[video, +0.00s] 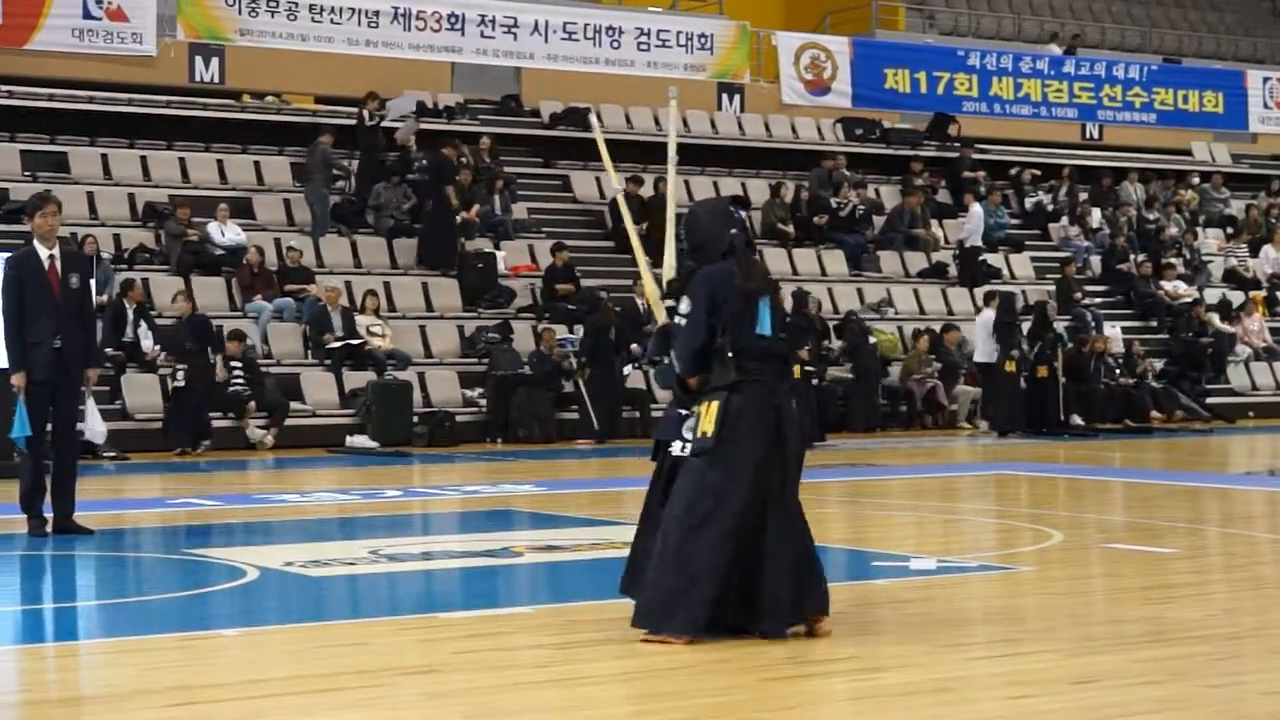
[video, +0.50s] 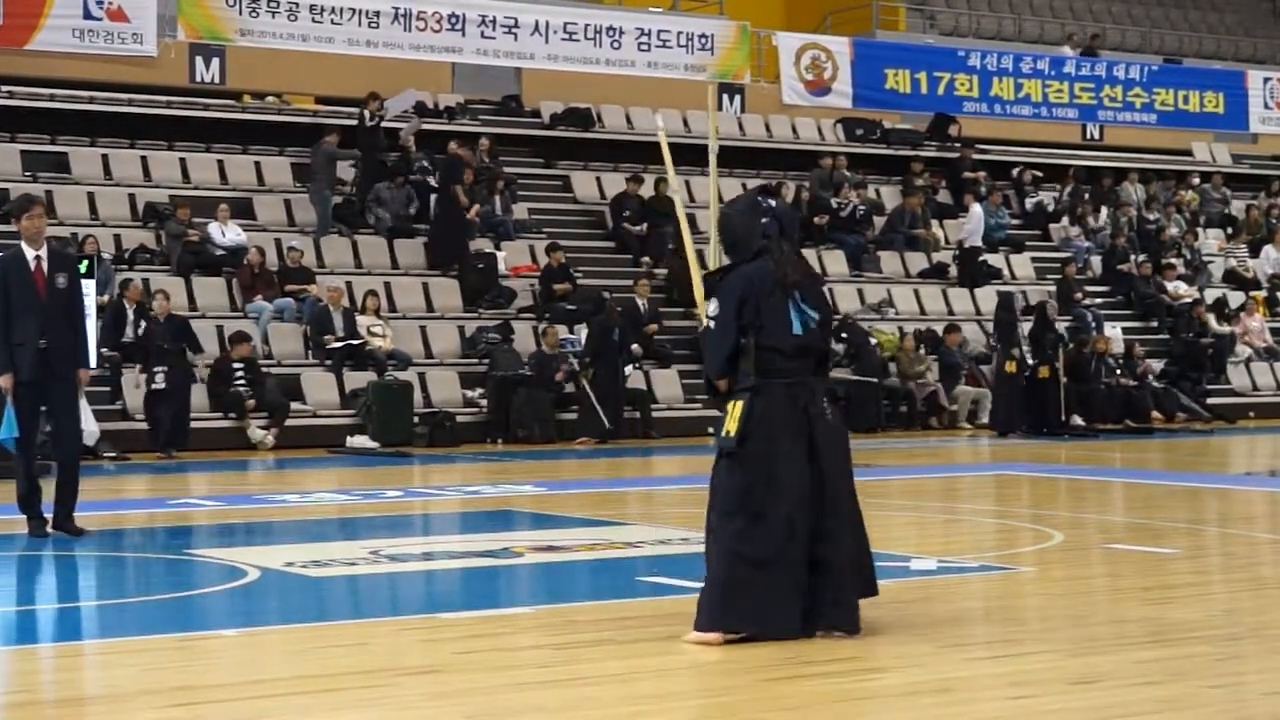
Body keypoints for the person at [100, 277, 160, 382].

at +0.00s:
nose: (142, 292)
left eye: (141, 289)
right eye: (138, 289)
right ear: (129, 293)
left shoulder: (141, 307)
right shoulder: (114, 306)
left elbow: (153, 327)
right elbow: (107, 327)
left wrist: (157, 348)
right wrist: (108, 348)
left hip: (133, 344)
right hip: (116, 345)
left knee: (151, 364)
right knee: (120, 361)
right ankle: (116, 396)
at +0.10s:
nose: (141, 291)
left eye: (141, 288)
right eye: (138, 289)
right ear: (128, 292)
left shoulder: (141, 307)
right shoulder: (114, 305)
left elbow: (153, 327)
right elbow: (108, 328)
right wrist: (108, 347)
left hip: (134, 344)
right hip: (116, 344)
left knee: (148, 362)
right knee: (120, 361)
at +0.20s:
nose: (141, 291)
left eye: (140, 288)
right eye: (136, 288)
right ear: (126, 292)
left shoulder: (141, 306)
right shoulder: (114, 306)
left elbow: (153, 327)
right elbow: (108, 328)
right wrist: (108, 347)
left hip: (134, 344)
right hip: (116, 345)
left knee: (149, 361)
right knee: (119, 361)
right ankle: (116, 397)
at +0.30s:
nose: (140, 291)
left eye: (140, 288)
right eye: (135, 288)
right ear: (125, 292)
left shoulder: (141, 307)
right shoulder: (114, 306)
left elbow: (152, 326)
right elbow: (108, 328)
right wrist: (108, 347)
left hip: (134, 344)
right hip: (116, 345)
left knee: (147, 359)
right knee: (119, 361)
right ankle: (116, 396)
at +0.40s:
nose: (139, 291)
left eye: (139, 288)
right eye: (135, 289)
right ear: (125, 292)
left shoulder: (141, 307)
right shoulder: (114, 306)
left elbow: (150, 327)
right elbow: (107, 328)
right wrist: (107, 346)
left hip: (134, 344)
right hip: (116, 345)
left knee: (149, 355)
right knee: (116, 361)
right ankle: (116, 396)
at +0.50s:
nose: (139, 291)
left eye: (139, 288)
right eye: (135, 288)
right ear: (125, 292)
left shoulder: (142, 307)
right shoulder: (114, 306)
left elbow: (148, 327)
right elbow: (107, 327)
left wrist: (145, 341)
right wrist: (106, 346)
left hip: (135, 343)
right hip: (117, 344)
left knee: (146, 353)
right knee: (116, 360)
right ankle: (116, 395)